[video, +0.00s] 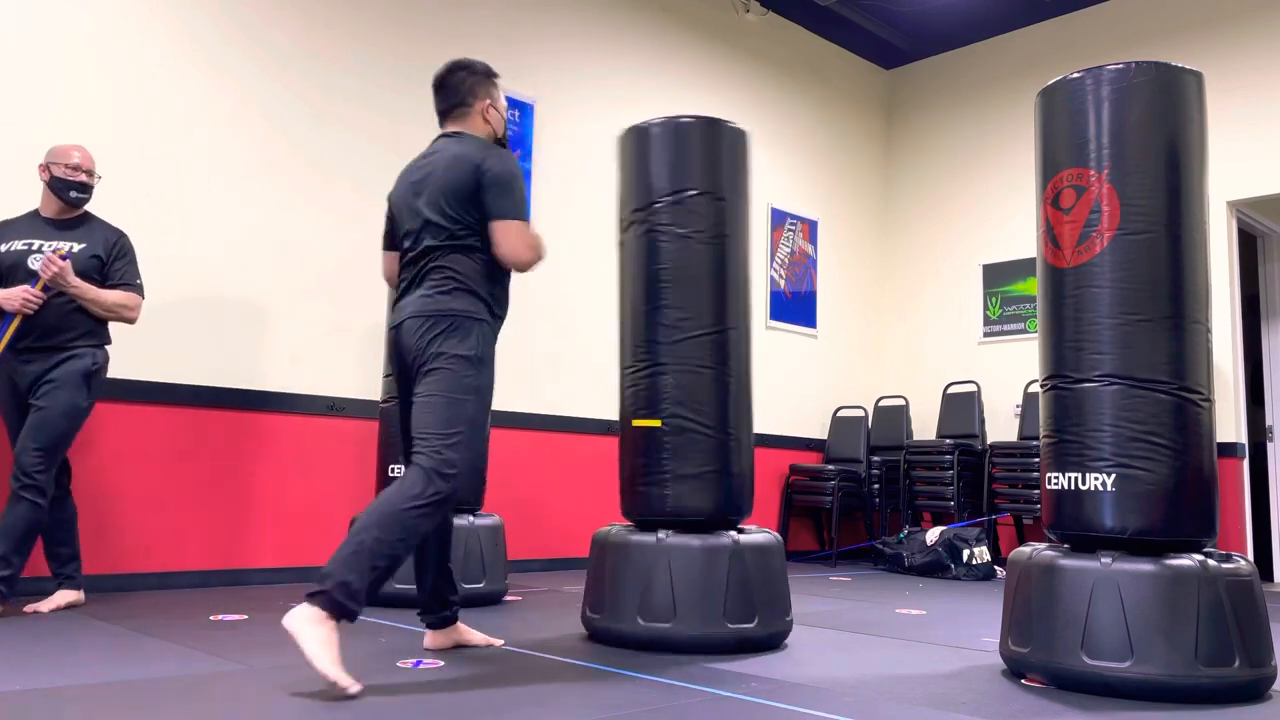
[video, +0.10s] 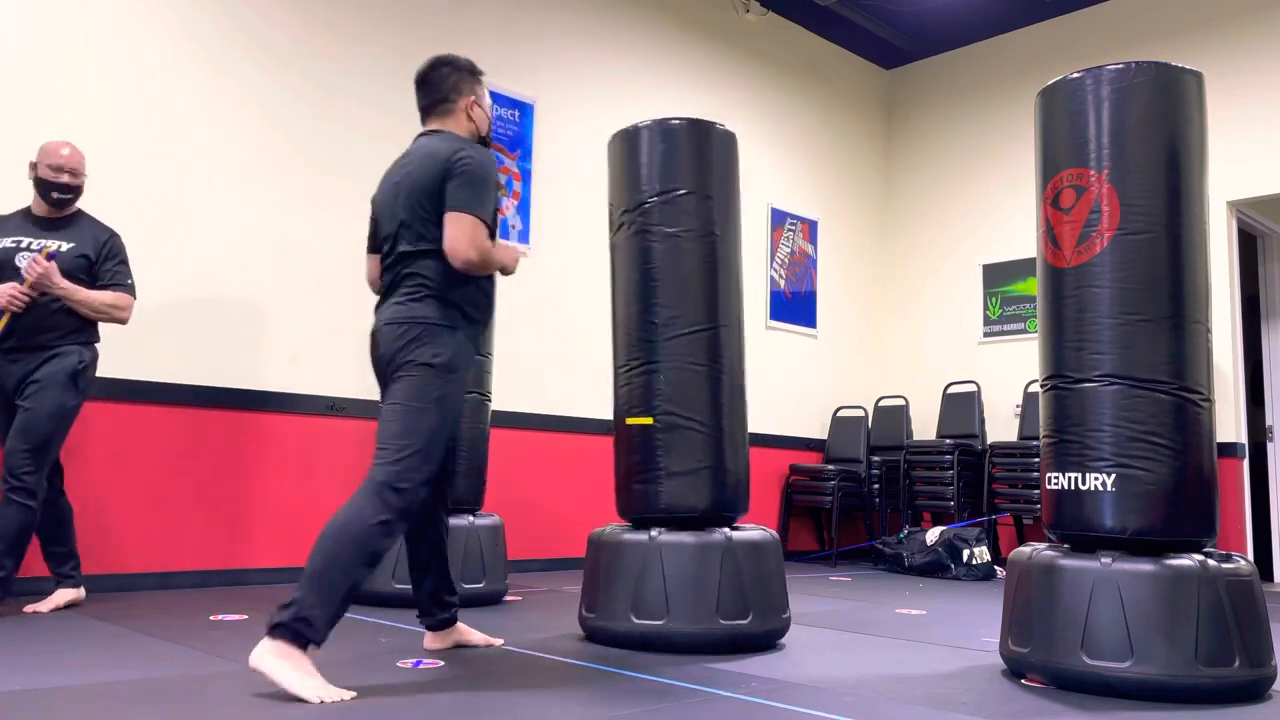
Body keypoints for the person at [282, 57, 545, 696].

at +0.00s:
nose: (505, 114)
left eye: (501, 104)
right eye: (502, 105)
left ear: (444, 111)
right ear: (489, 106)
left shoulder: (410, 173)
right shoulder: (491, 160)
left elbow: (392, 272)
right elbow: (514, 249)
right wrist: (537, 243)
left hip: (408, 319)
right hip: (458, 314)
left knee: (434, 472)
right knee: (442, 470)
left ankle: (441, 623)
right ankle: (322, 611)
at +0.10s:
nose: (490, 114)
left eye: (488, 103)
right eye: (487, 103)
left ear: (427, 108)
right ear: (472, 104)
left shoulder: (396, 171)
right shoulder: (469, 158)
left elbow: (377, 275)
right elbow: (464, 249)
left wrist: (449, 267)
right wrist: (506, 256)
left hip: (394, 325)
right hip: (435, 328)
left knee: (424, 487)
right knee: (393, 487)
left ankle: (441, 624)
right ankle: (288, 641)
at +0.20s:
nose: (478, 108)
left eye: (476, 97)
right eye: (475, 97)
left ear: (417, 101)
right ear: (458, 99)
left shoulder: (401, 151)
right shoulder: (441, 149)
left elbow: (394, 245)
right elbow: (447, 243)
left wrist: (474, 239)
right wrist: (494, 250)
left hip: (384, 324)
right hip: (408, 331)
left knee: (413, 490)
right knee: (351, 494)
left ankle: (436, 623)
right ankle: (269, 662)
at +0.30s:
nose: (471, 94)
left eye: (469, 84)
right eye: (469, 83)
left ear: (413, 82)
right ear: (451, 81)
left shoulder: (403, 129)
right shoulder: (423, 126)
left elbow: (408, 225)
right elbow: (428, 217)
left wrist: (465, 216)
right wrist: (487, 241)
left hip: (400, 319)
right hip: (387, 317)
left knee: (415, 476)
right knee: (343, 482)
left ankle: (405, 630)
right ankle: (269, 658)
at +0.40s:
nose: (465, 92)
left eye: (463, 82)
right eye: (463, 80)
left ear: (413, 77)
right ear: (444, 76)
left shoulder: (415, 136)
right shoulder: (410, 118)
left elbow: (417, 231)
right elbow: (410, 208)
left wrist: (475, 223)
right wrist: (482, 245)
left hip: (402, 328)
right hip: (371, 317)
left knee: (409, 480)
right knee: (329, 483)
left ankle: (380, 635)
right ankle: (266, 661)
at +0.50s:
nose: (467, 92)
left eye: (465, 82)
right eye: (463, 79)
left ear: (422, 77)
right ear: (440, 75)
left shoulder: (426, 147)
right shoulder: (402, 121)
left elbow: (432, 244)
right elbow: (401, 217)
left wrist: (490, 241)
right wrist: (482, 257)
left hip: (400, 334)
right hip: (364, 323)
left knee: (417, 483)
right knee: (321, 487)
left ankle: (383, 631)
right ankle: (265, 662)